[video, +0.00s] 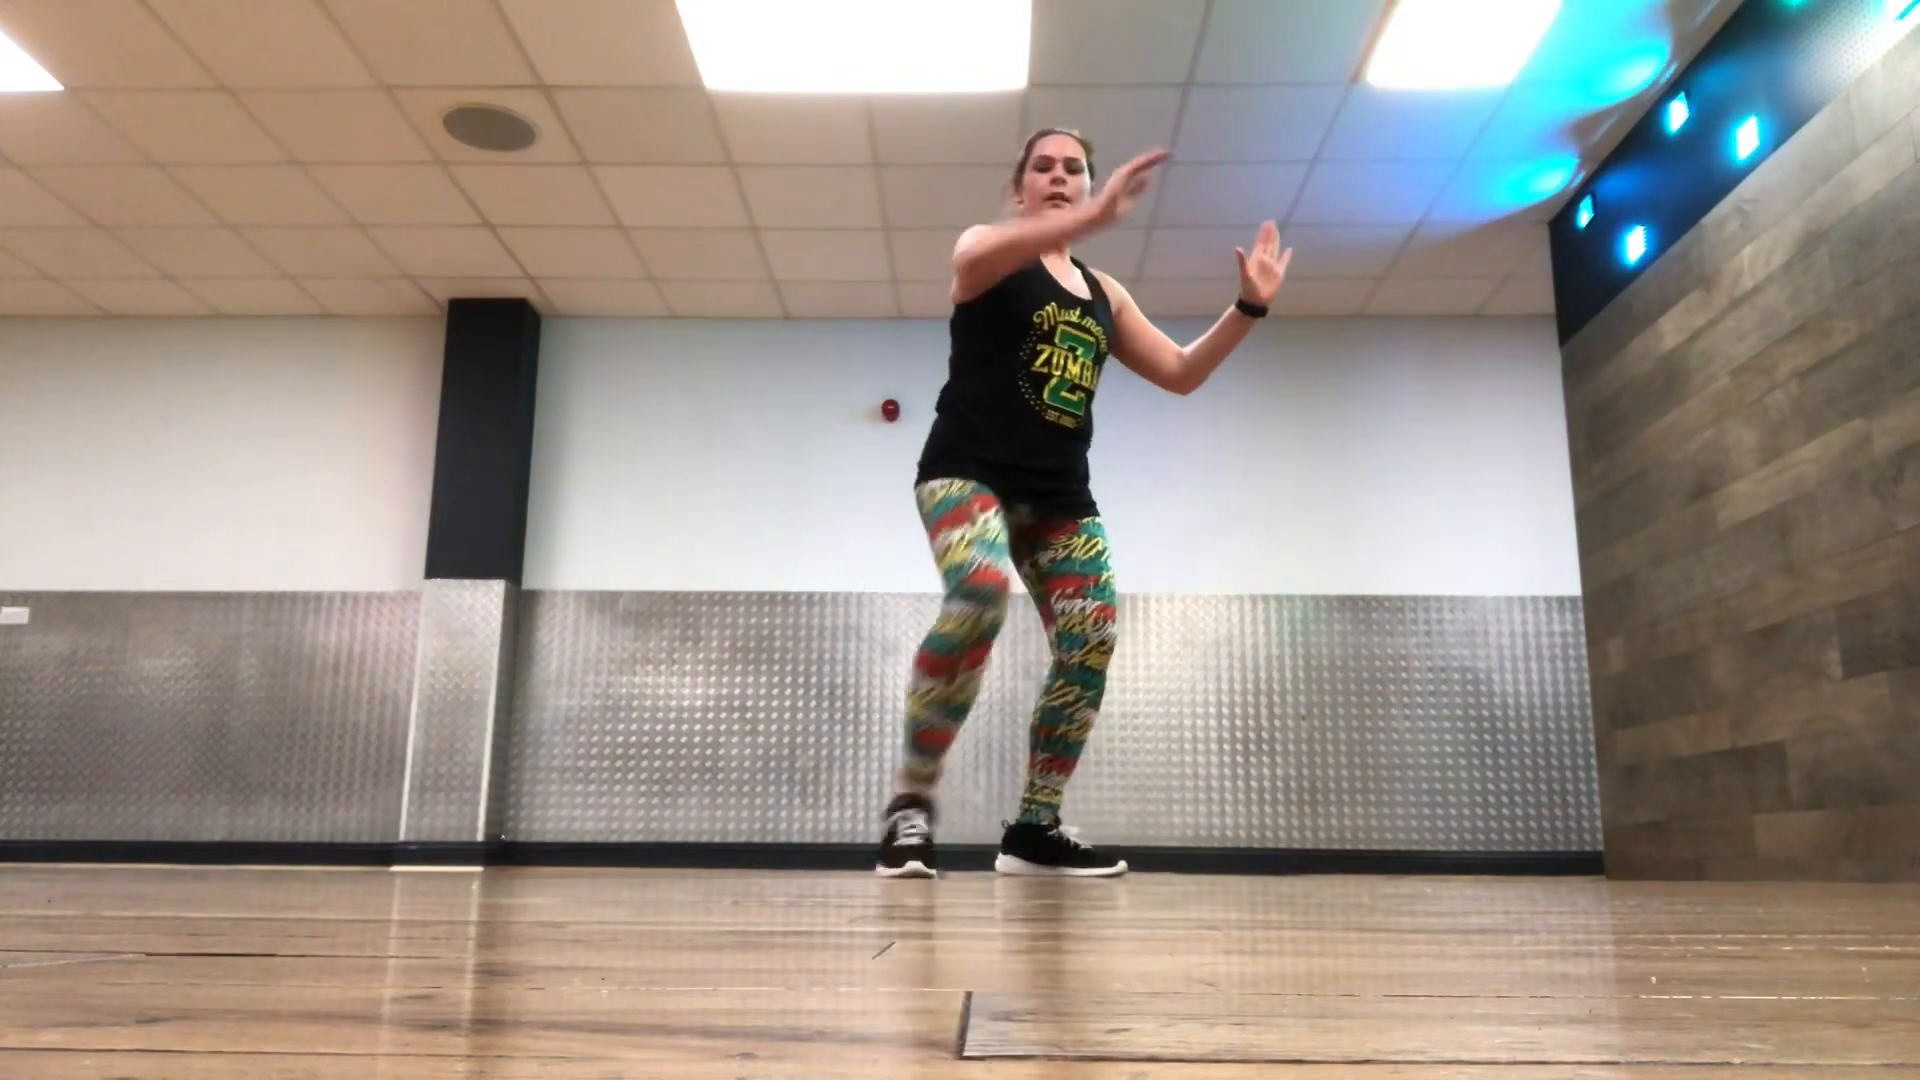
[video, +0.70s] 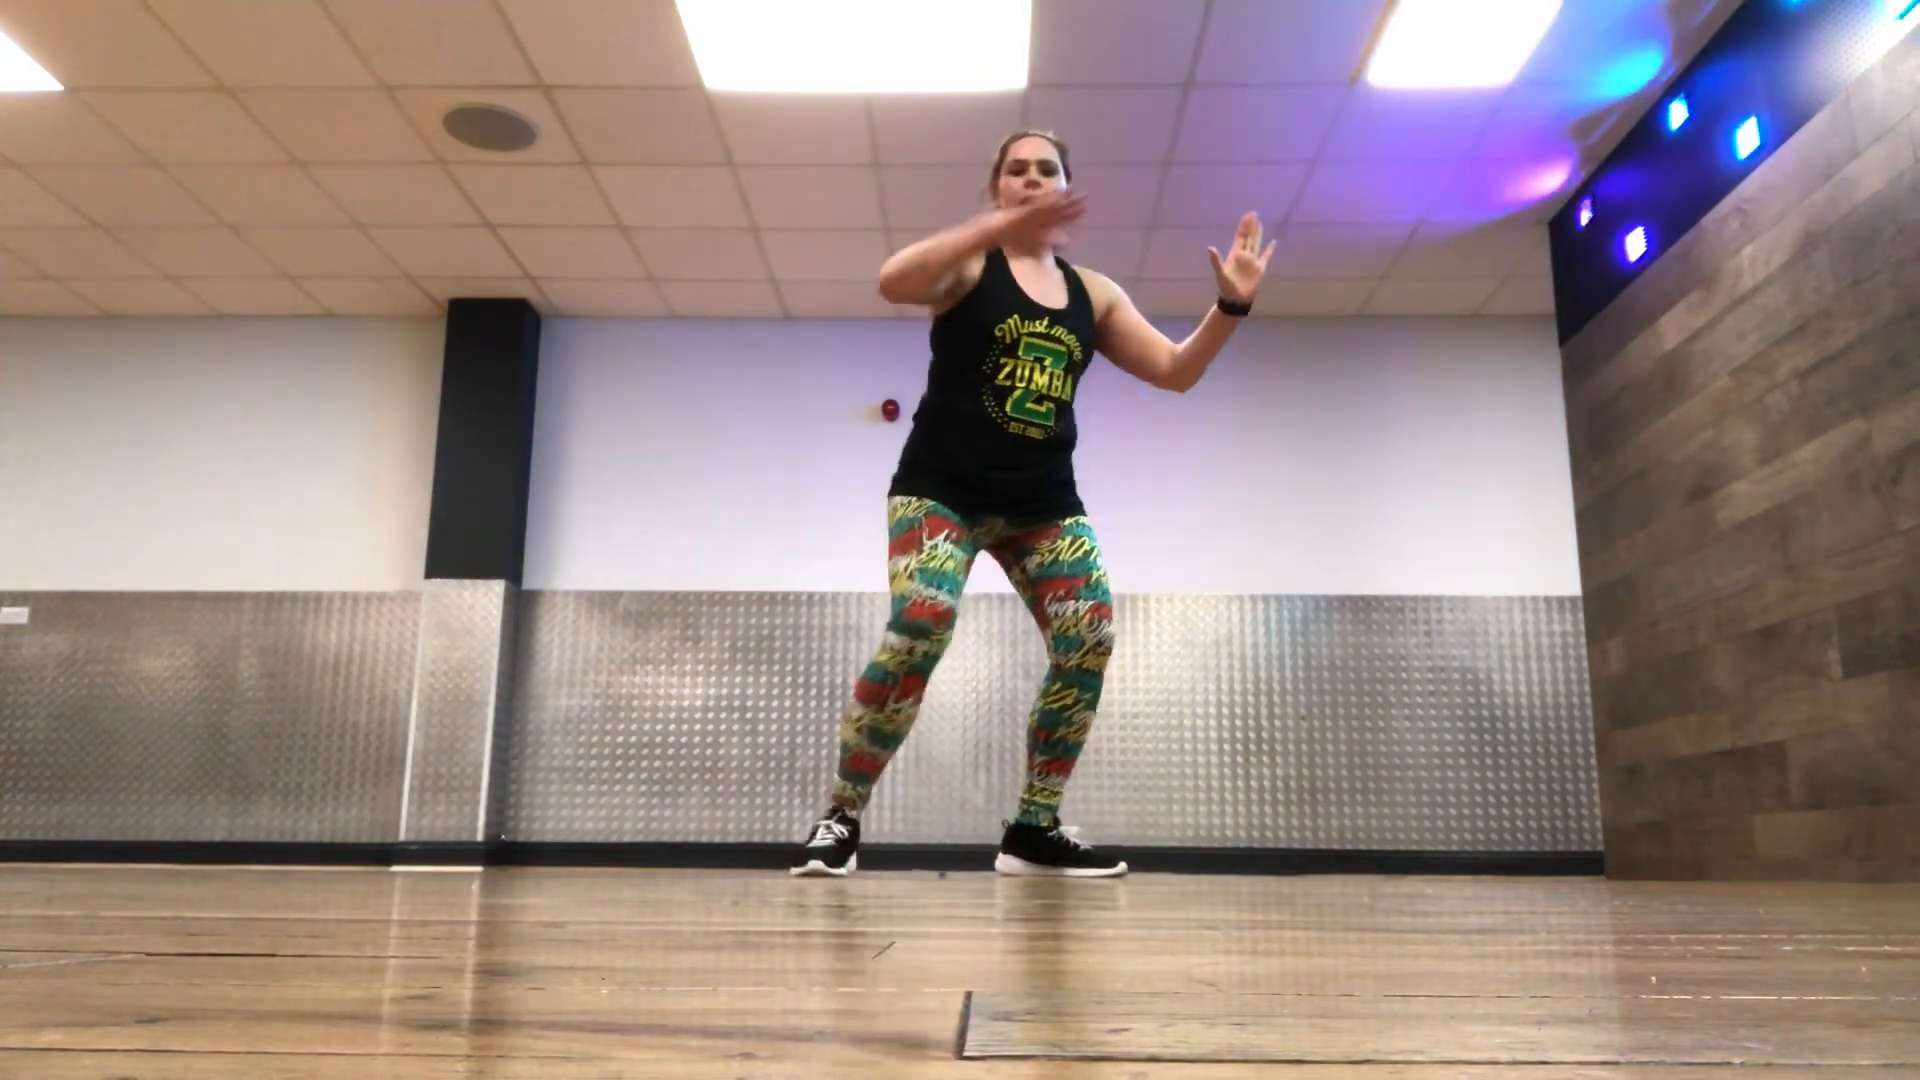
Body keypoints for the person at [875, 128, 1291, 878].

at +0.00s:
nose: (1059, 178)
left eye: (1073, 170)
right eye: (1044, 167)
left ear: (1087, 194)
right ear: (1016, 188)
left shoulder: (1105, 293)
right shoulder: (984, 251)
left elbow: (1179, 371)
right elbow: (981, 255)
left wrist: (1247, 308)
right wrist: (1095, 214)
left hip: (1057, 491)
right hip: (965, 473)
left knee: (1091, 632)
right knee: (981, 592)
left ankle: (1034, 828)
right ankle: (911, 809)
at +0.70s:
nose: (1032, 178)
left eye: (1046, 169)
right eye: (1018, 169)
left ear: (1069, 193)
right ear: (994, 190)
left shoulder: (1093, 294)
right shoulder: (970, 264)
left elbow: (1175, 369)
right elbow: (895, 282)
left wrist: (1230, 305)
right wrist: (1011, 218)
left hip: (1041, 502)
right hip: (941, 489)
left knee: (1088, 636)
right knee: (923, 624)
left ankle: (1034, 829)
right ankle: (842, 818)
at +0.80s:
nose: (1026, 169)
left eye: (1039, 159)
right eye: (1012, 159)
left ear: (1062, 182)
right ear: (990, 182)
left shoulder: (1099, 276)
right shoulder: (962, 257)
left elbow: (1185, 351)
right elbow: (872, 288)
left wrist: (1241, 292)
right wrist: (930, 211)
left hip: (1050, 496)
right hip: (947, 485)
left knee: (1081, 641)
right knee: (908, 622)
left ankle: (1035, 828)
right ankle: (837, 815)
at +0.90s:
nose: (1018, 156)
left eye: (1032, 146)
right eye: (1004, 146)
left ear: (1054, 168)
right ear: (981, 169)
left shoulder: (1095, 257)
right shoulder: (944, 251)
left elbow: (1187, 329)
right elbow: (849, 317)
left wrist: (1254, 289)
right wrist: (878, 245)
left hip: (1059, 484)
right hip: (952, 477)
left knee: (1077, 634)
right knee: (898, 610)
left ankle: (1037, 825)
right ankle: (840, 803)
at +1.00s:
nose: (1005, 148)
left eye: (1019, 138)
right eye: (991, 139)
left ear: (1041, 162)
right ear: (969, 162)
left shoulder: (1081, 249)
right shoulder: (930, 247)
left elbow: (1166, 327)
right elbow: (852, 340)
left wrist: (1239, 326)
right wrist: (841, 314)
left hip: (1059, 472)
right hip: (956, 470)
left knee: (1068, 625)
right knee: (894, 595)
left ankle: (1078, 815)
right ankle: (868, 797)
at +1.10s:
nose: (988, 156)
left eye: (1003, 146)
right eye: (974, 146)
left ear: (1024, 168)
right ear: (952, 168)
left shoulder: (1063, 257)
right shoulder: (914, 256)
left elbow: (1127, 345)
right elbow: (864, 351)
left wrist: (1185, 401)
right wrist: (835, 392)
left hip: (1046, 483)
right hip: (945, 484)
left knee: (1067, 641)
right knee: (888, 611)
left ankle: (1112, 818)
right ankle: (900, 815)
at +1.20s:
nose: (965, 168)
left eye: (979, 157)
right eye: (950, 157)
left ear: (1001, 178)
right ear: (928, 177)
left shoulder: (1033, 266)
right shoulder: (893, 272)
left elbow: (1084, 370)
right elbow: (865, 374)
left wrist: (1085, 464)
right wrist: (847, 452)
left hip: (1024, 496)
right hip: (925, 501)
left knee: (1048, 652)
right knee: (882, 630)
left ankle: (1100, 823)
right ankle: (910, 828)